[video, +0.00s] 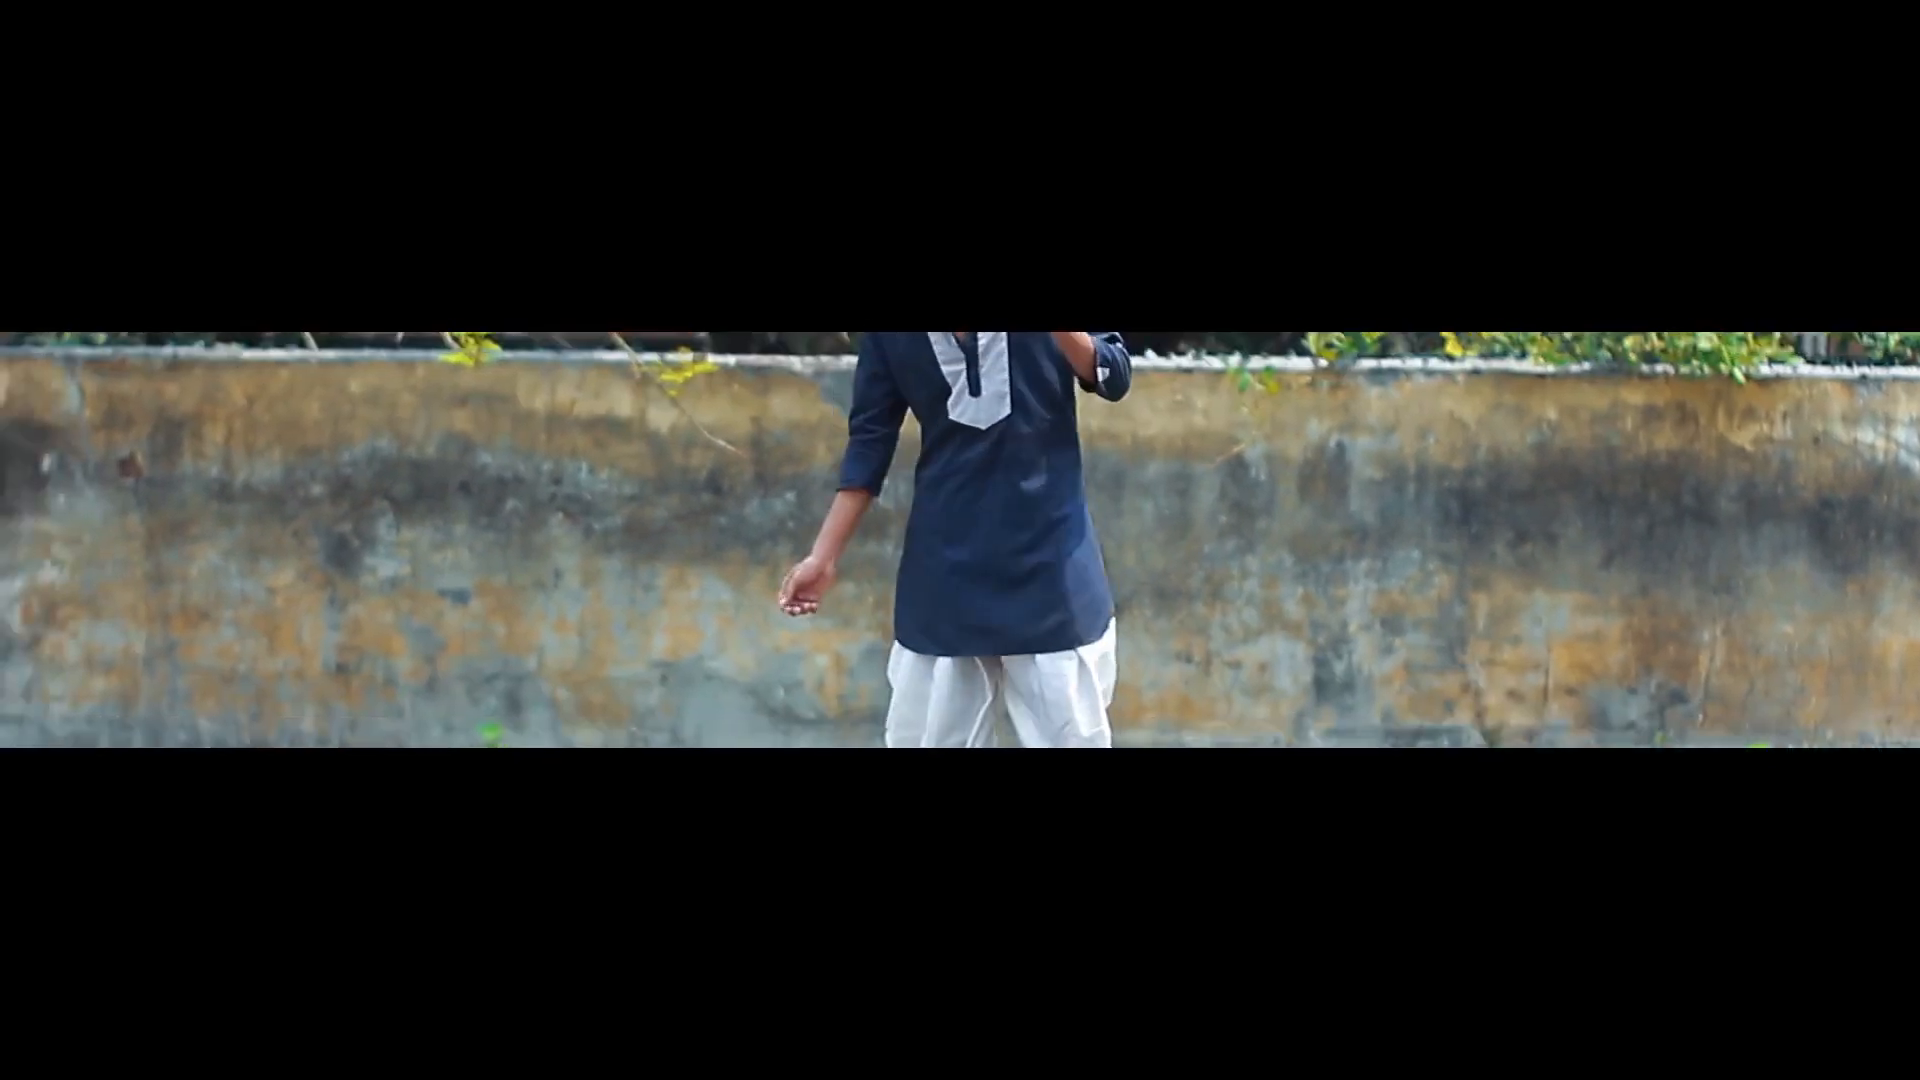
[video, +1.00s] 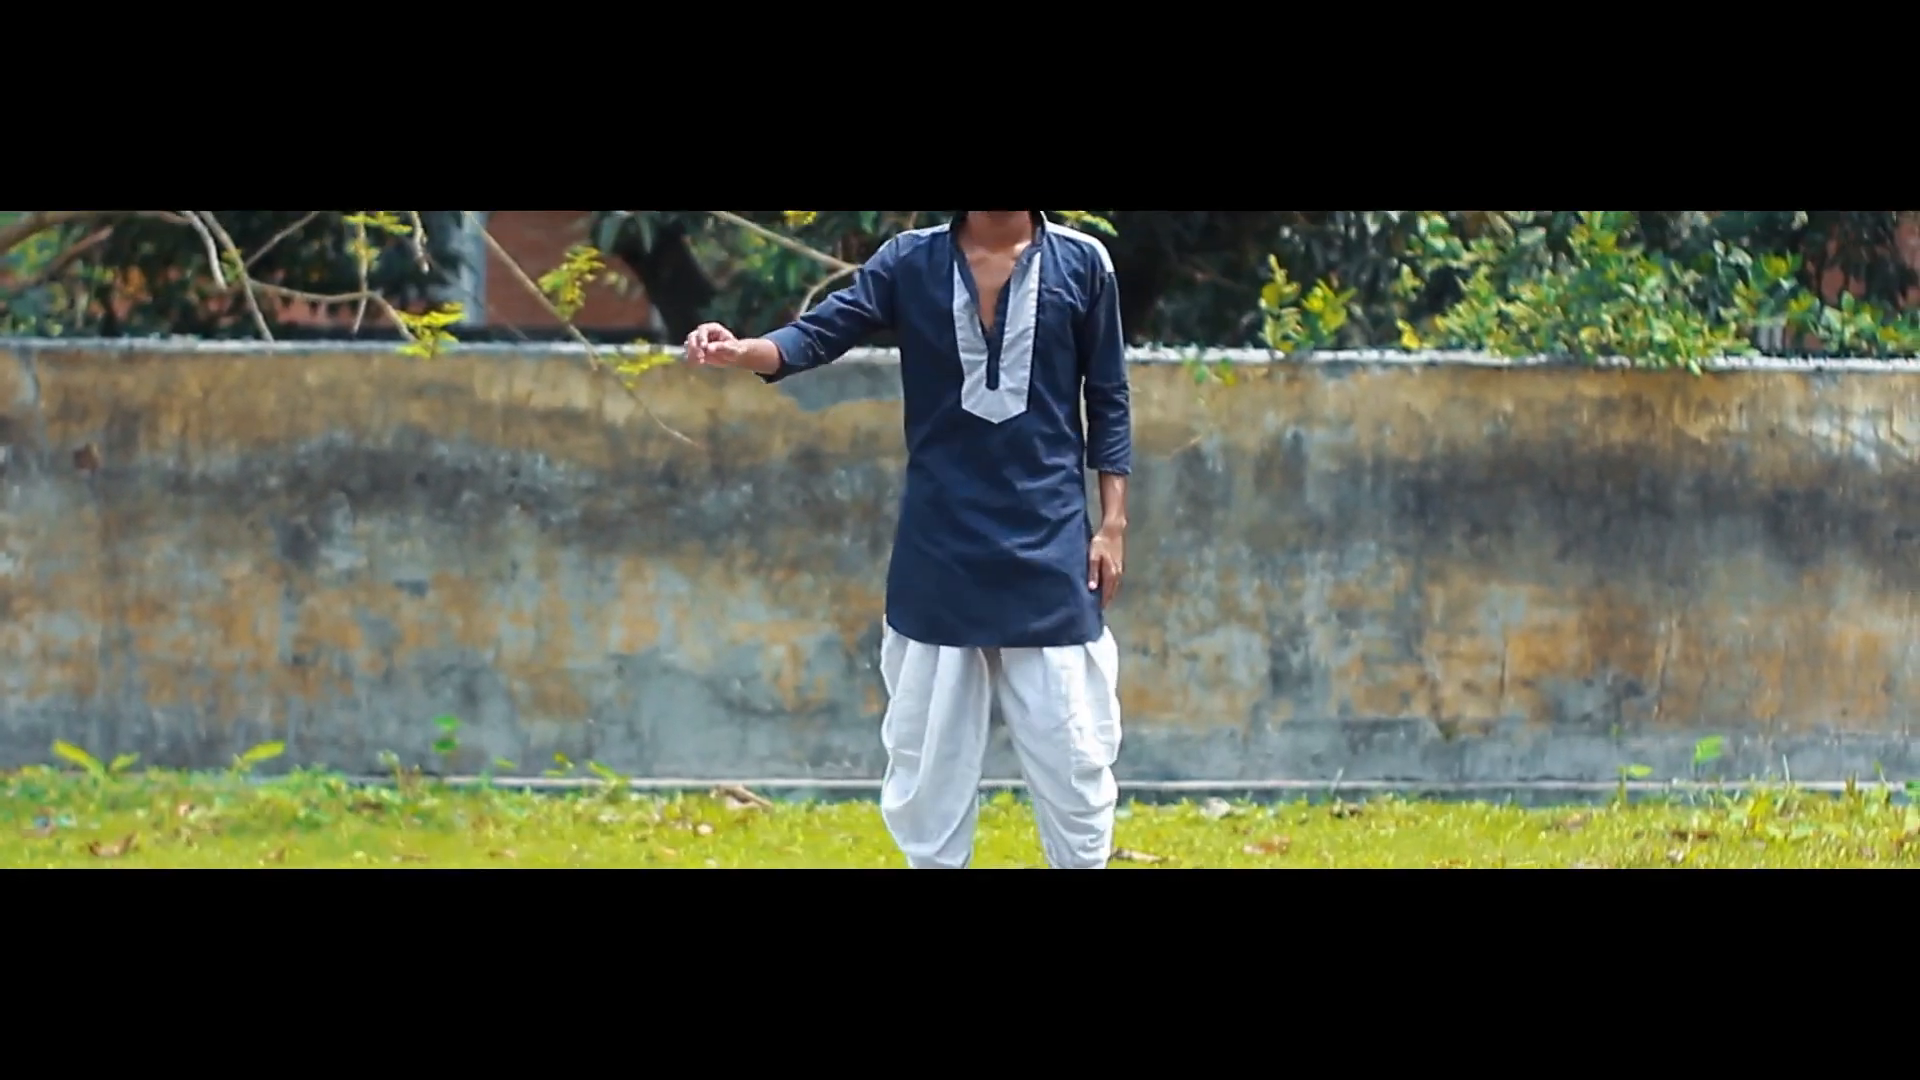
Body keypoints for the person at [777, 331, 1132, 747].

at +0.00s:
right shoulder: (889, 338)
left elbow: (1115, 378)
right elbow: (871, 434)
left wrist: (1060, 328)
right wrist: (823, 555)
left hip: (1050, 567)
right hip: (941, 574)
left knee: (1073, 737)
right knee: (923, 738)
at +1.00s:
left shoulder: (1083, 262)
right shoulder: (909, 259)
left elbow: (1109, 396)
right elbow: (821, 331)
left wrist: (1112, 522)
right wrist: (745, 351)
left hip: (1049, 545)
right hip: (937, 547)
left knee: (1075, 766)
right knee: (927, 767)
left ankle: (1083, 861)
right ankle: (934, 860)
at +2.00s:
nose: (999, 175)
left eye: (1015, 159)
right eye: (983, 159)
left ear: (1039, 169)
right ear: (952, 167)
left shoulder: (1080, 270)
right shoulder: (908, 274)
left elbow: (1110, 409)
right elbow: (879, 418)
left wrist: (1109, 534)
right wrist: (858, 547)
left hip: (1039, 545)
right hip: (923, 543)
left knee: (1051, 749)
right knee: (905, 746)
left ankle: (1061, 938)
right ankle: (900, 938)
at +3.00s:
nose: (987, 176)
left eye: (1005, 161)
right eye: (973, 162)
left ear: (1039, 171)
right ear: (954, 173)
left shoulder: (1089, 275)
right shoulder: (919, 282)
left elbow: (1125, 409)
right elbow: (899, 427)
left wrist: (1142, 535)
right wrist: (881, 553)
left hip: (1049, 547)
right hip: (940, 546)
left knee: (1049, 747)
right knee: (898, 728)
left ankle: (1044, 933)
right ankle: (902, 927)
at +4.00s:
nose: (1023, 145)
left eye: (1040, 129)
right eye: (1008, 130)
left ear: (1073, 132)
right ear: (985, 132)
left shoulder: (1110, 212)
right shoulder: (959, 205)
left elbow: (1155, 289)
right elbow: (837, 253)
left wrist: (1066, 287)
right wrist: (924, 246)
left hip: (1067, 491)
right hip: (973, 485)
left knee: (1017, 690)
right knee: (936, 695)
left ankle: (986, 892)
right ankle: (1022, 884)